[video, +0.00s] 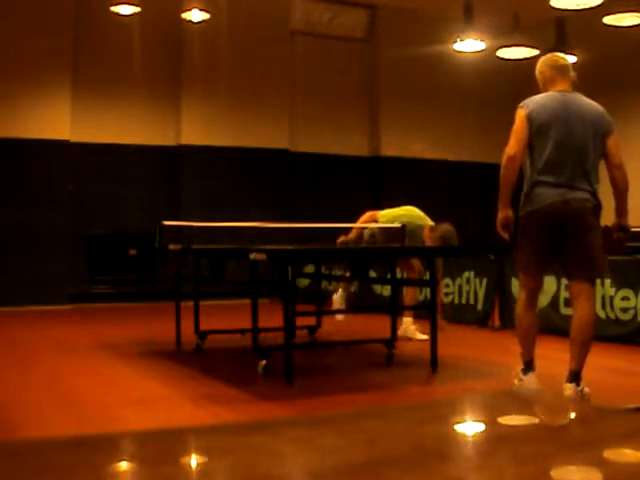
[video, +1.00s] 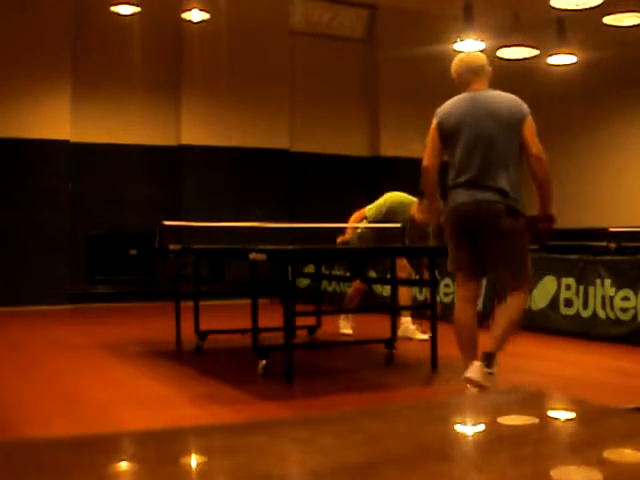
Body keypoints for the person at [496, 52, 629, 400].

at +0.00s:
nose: (539, 85)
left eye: (538, 80)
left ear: (542, 80)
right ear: (572, 78)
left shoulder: (530, 108)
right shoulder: (597, 112)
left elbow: (512, 155)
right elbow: (617, 170)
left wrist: (504, 205)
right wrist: (621, 217)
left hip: (538, 210)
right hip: (582, 212)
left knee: (529, 293)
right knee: (583, 295)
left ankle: (527, 370)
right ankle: (574, 380)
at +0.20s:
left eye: (526, 78)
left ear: (528, 79)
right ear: (559, 76)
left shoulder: (518, 109)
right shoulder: (588, 111)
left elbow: (499, 160)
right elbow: (609, 165)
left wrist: (493, 207)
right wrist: (617, 213)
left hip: (529, 215)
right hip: (573, 215)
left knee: (507, 288)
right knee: (578, 295)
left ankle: (490, 368)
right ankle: (573, 381)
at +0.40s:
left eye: (506, 76)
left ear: (507, 79)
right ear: (539, 75)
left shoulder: (495, 112)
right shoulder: (566, 111)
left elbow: (478, 165)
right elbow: (589, 163)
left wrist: (478, 208)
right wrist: (605, 211)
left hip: (509, 217)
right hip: (554, 217)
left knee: (493, 293)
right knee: (567, 296)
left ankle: (477, 377)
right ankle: (572, 380)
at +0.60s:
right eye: (511, 72)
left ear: (483, 81)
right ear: (513, 75)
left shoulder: (470, 112)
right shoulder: (543, 110)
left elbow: (452, 164)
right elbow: (563, 163)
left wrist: (458, 204)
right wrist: (579, 211)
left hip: (485, 215)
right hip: (530, 215)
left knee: (479, 292)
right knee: (551, 293)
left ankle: (475, 376)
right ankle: (567, 378)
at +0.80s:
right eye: (494, 72)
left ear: (466, 81)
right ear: (495, 75)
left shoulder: (453, 111)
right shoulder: (524, 106)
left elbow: (434, 161)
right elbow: (545, 157)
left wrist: (444, 208)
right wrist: (556, 209)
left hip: (469, 211)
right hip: (512, 210)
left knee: (471, 290)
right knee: (537, 286)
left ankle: (474, 375)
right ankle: (535, 371)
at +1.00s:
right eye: (484, 71)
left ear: (457, 79)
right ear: (487, 74)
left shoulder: (444, 112)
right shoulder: (515, 106)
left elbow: (429, 166)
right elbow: (536, 155)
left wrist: (432, 207)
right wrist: (546, 208)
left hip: (460, 210)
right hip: (503, 209)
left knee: (465, 288)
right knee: (517, 289)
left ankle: (472, 372)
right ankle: (485, 358)